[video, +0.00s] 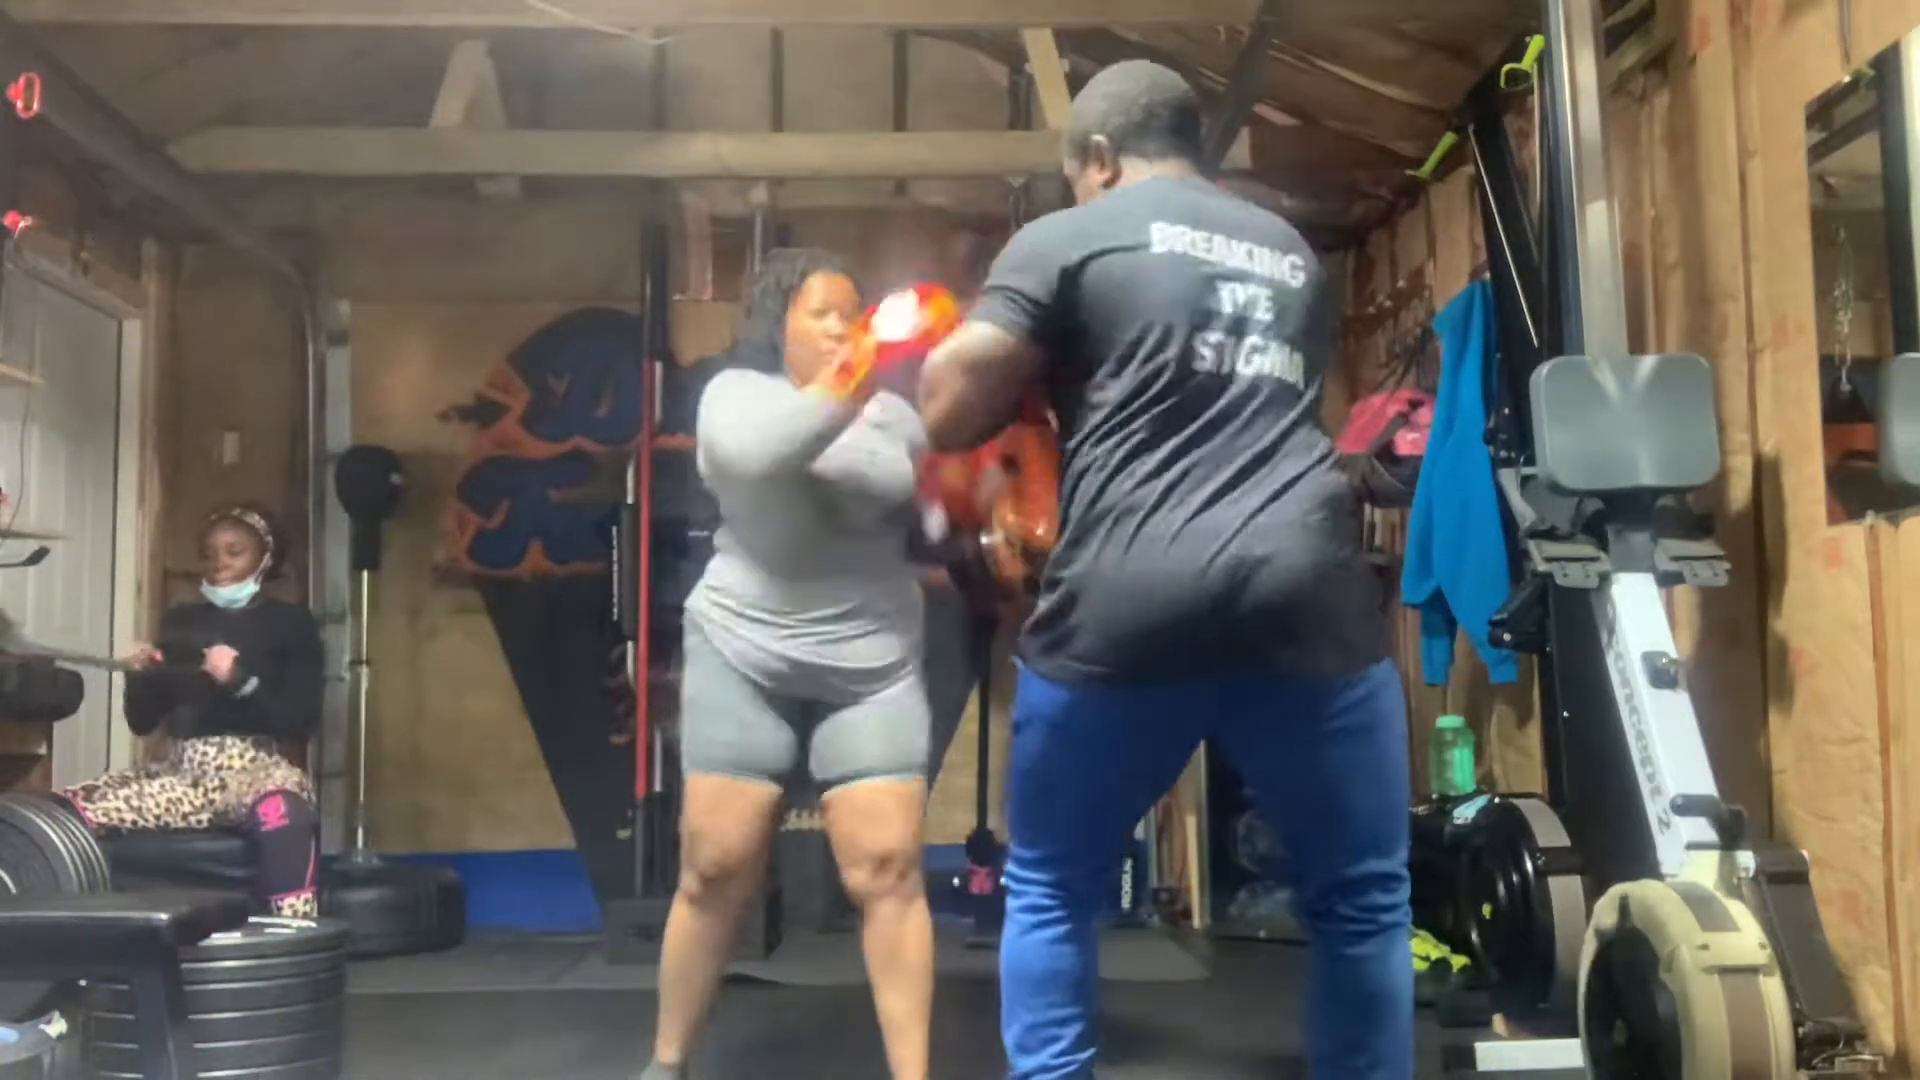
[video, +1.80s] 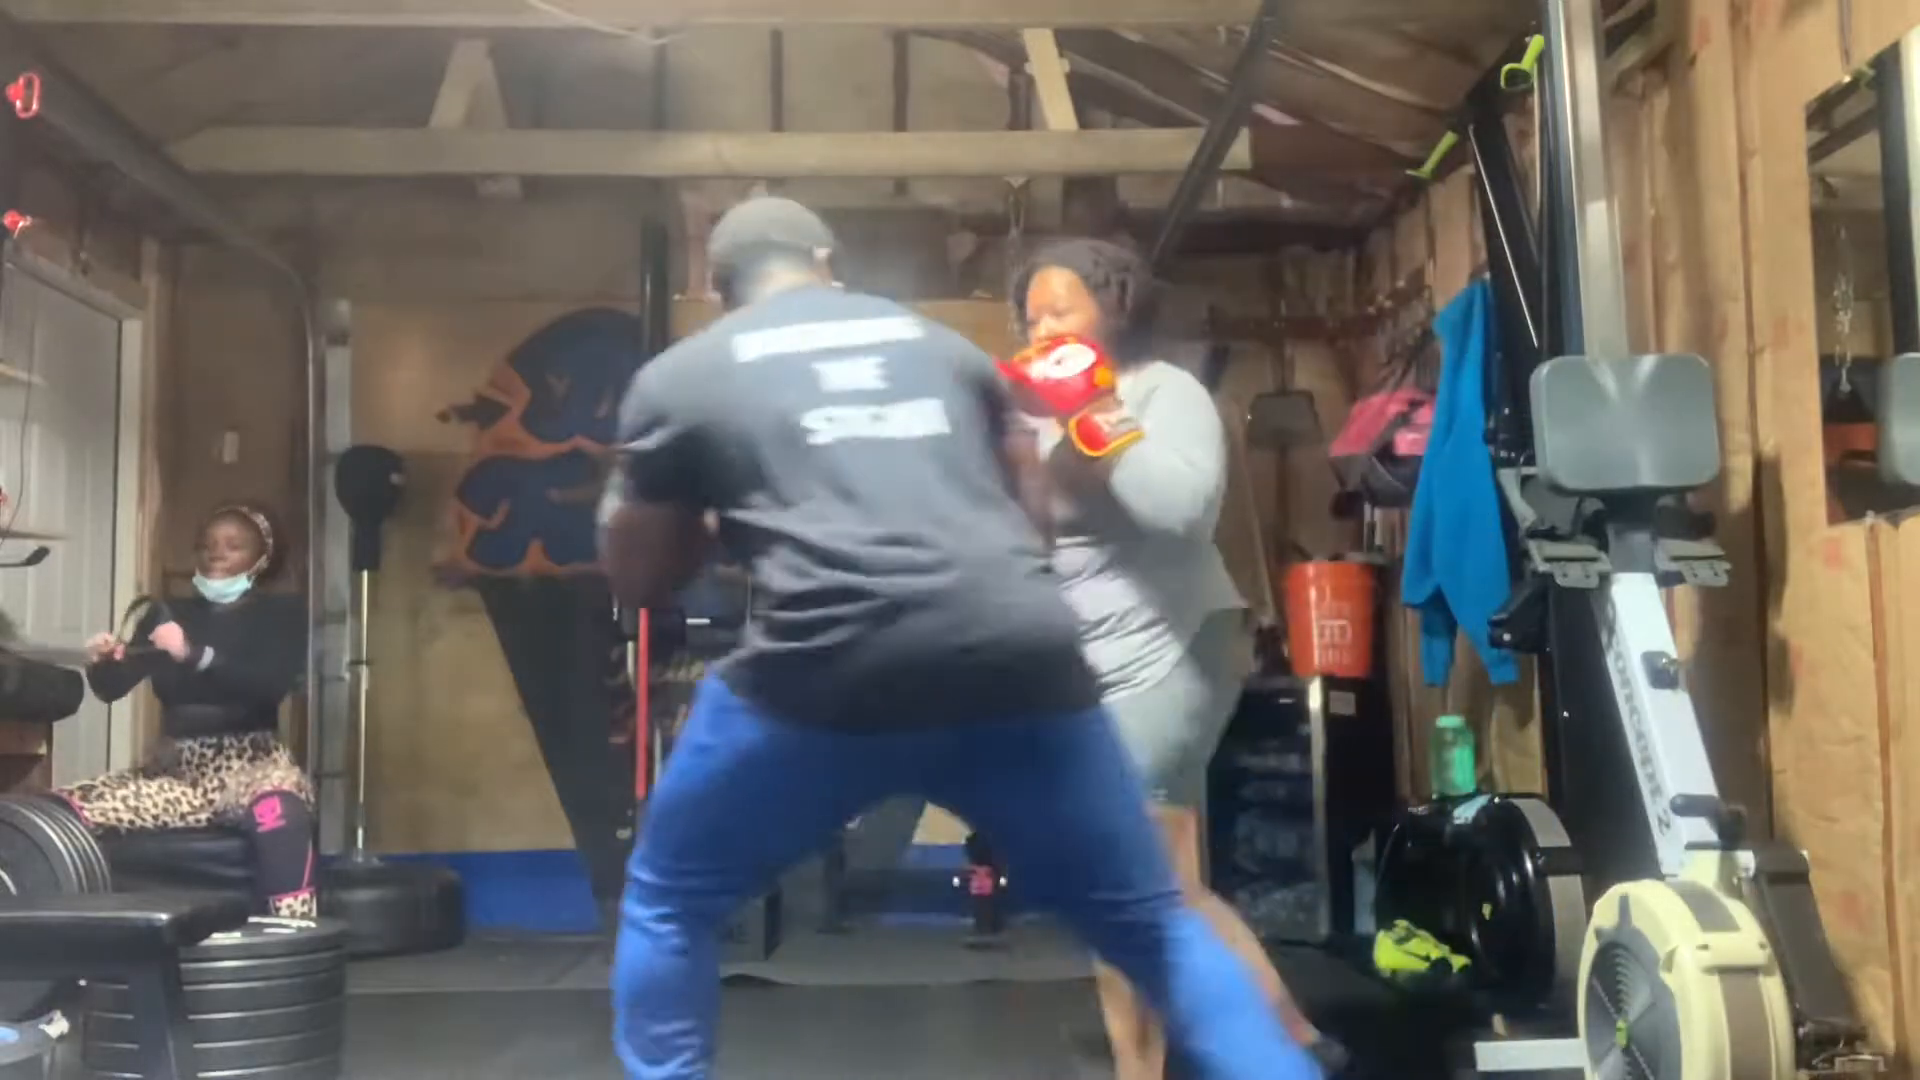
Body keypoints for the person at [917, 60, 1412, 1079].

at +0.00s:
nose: (1071, 191)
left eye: (1072, 173)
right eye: (1072, 175)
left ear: (1101, 162)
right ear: (1201, 153)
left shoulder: (1068, 237)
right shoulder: (1295, 251)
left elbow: (949, 416)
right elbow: (1267, 400)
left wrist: (1036, 346)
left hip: (1124, 596)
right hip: (1308, 597)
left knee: (1052, 890)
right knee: (1362, 909)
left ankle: (1049, 1072)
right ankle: (1368, 1077)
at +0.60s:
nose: (1064, 185)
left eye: (1063, 173)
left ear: (1084, 165)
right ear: (1185, 150)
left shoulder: (1037, 258)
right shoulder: (1303, 246)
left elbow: (992, 461)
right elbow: (1315, 415)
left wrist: (1092, 482)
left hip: (1131, 589)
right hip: (1314, 580)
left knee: (1059, 886)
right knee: (1407, 873)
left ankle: (1049, 1071)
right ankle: (1484, 1072)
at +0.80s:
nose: (1152, 219)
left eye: (1150, 200)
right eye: (1150, 202)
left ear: (1173, 179)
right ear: (1271, 157)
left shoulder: (1128, 274)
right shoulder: (1411, 259)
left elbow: (1069, 471)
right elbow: (1446, 428)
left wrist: (1170, 519)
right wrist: (1357, 492)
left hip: (1216, 618)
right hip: (1407, 613)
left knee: (1104, 892)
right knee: (1493, 906)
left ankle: (1064, 1074)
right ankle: (1569, 1076)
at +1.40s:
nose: (1118, 219)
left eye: (1116, 204)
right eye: (1113, 207)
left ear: (1154, 181)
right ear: (1234, 172)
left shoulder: (1136, 246)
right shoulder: (1343, 262)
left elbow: (1059, 444)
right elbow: (1333, 428)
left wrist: (1085, 508)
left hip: (1209, 610)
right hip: (1386, 615)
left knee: (1018, 843)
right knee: (1444, 903)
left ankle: (990, 1064)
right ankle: (1545, 1071)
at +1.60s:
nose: (916, 303)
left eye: (915, 287)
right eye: (912, 287)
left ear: (947, 265)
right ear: (1044, 251)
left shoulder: (947, 338)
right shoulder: (1187, 341)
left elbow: (841, 508)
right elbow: (1289, 505)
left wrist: (895, 538)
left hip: (1069, 704)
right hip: (1262, 707)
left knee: (869, 916)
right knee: (1378, 943)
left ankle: (770, 1071)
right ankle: (1503, 1073)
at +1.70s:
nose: (784, 311)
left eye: (786, 296)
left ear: (806, 287)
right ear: (920, 266)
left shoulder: (790, 367)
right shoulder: (1036, 350)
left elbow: (720, 556)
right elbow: (1136, 504)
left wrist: (794, 515)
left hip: (939, 673)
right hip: (1130, 665)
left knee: (758, 894)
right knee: (1284, 920)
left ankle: (696, 1069)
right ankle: (1449, 1073)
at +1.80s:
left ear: (719, 287)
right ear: (831, 268)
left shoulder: (679, 376)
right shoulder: (944, 342)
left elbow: (639, 573)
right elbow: (1031, 508)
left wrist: (713, 515)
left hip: (830, 658)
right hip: (1022, 649)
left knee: (672, 896)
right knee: (1152, 920)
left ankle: (665, 1072)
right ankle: (1285, 1071)